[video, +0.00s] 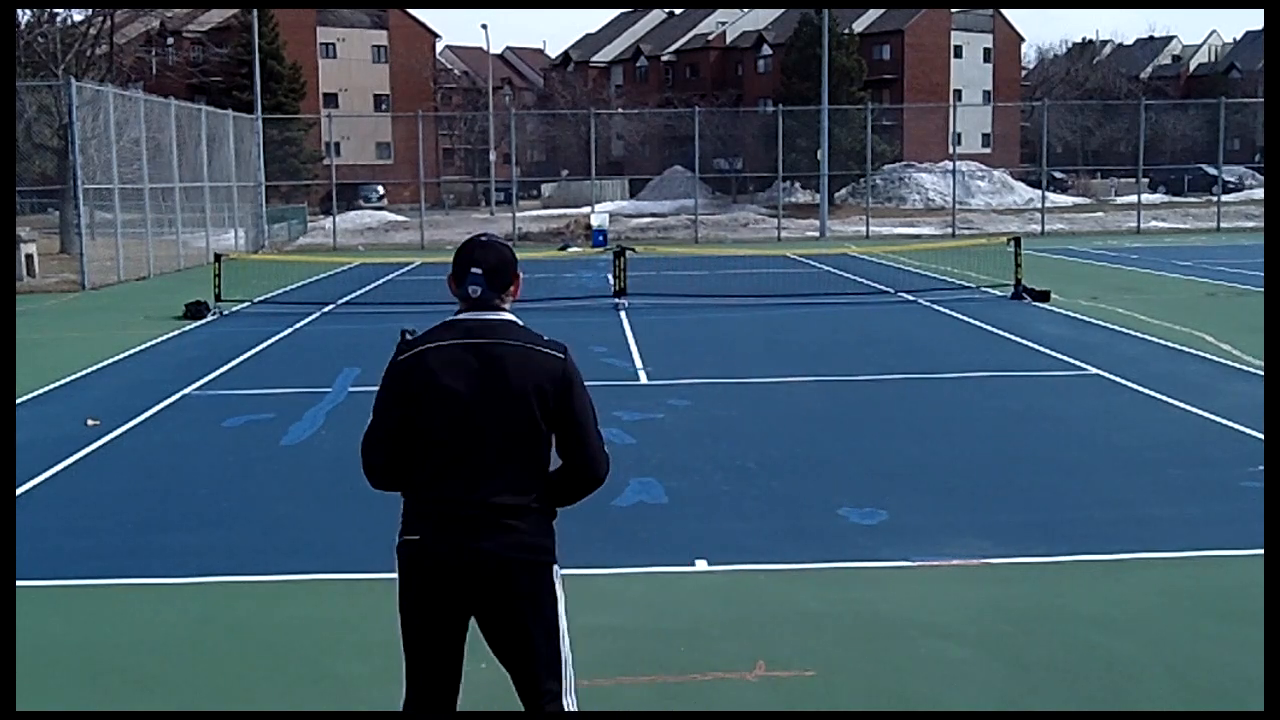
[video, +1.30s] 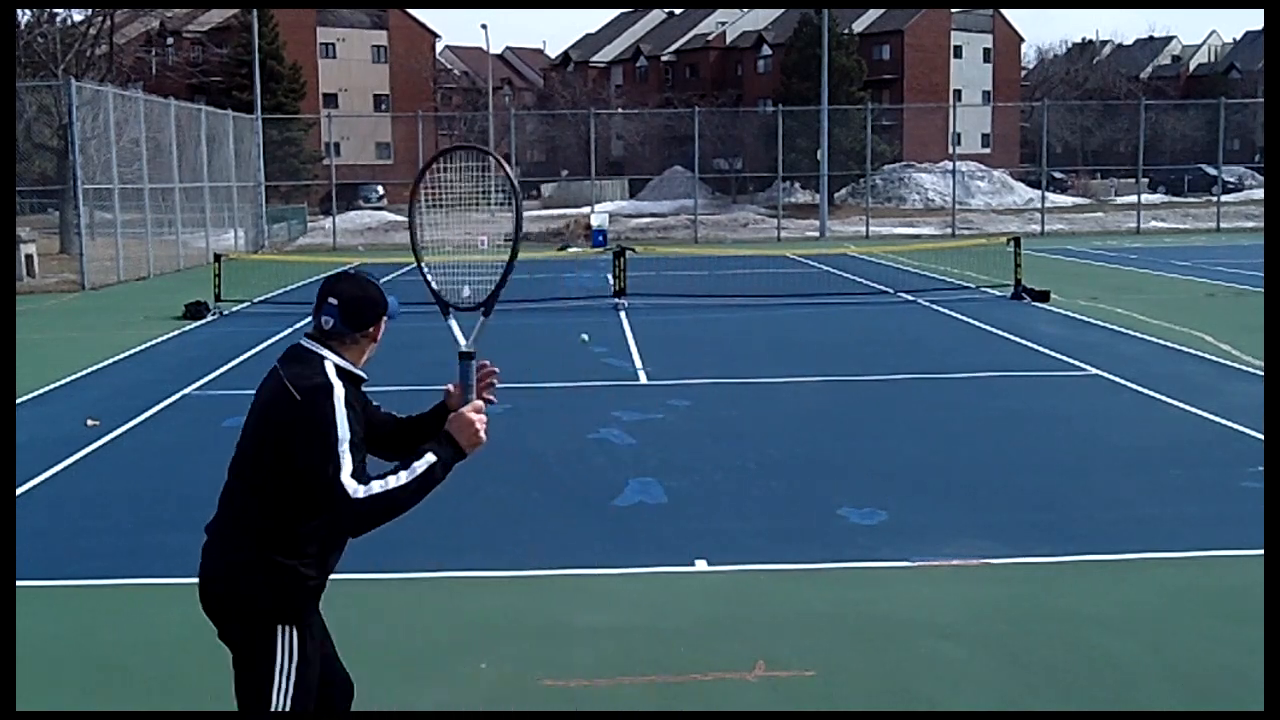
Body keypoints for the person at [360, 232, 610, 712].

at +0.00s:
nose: (517, 284)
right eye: (517, 279)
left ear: (453, 288)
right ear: (515, 286)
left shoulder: (411, 358)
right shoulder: (549, 359)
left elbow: (380, 469)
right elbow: (590, 466)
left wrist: (436, 474)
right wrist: (536, 497)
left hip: (430, 558)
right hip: (518, 559)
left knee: (427, 699)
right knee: (547, 697)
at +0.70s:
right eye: (561, 303)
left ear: (494, 309)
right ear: (559, 312)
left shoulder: (452, 380)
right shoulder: (583, 386)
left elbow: (429, 492)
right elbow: (623, 504)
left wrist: (486, 486)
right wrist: (569, 511)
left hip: (464, 580)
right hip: (553, 585)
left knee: (469, 698)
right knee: (583, 705)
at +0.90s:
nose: (523, 332)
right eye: (524, 325)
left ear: (460, 326)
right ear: (521, 332)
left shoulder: (418, 393)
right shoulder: (523, 407)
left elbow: (461, 478)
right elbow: (556, 536)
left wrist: (547, 458)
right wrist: (572, 515)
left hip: (418, 586)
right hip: (500, 594)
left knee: (466, 696)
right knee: (555, 703)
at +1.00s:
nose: (488, 334)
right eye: (488, 326)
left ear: (420, 327)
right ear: (482, 335)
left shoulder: (387, 392)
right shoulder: (461, 408)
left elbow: (447, 481)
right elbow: (492, 533)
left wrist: (527, 452)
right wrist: (546, 507)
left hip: (383, 590)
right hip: (451, 595)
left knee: (446, 705)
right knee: (521, 705)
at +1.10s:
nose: (451, 330)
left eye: (449, 320)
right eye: (452, 321)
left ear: (386, 323)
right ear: (444, 330)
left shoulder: (360, 380)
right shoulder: (406, 399)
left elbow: (440, 463)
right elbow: (443, 522)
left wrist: (510, 429)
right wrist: (514, 487)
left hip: (343, 587)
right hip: (392, 596)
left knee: (409, 705)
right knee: (480, 706)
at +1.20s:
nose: (416, 321)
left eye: (414, 311)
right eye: (417, 312)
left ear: (353, 309)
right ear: (411, 319)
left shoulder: (332, 361)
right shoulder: (363, 382)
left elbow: (417, 439)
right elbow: (395, 507)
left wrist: (480, 409)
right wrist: (485, 460)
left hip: (297, 572)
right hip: (332, 586)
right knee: (382, 705)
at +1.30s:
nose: (384, 329)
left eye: (384, 319)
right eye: (384, 321)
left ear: (322, 318)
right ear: (374, 330)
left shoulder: (307, 367)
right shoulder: (323, 388)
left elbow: (385, 437)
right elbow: (349, 508)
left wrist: (449, 410)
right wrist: (446, 448)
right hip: (267, 588)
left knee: (332, 692)